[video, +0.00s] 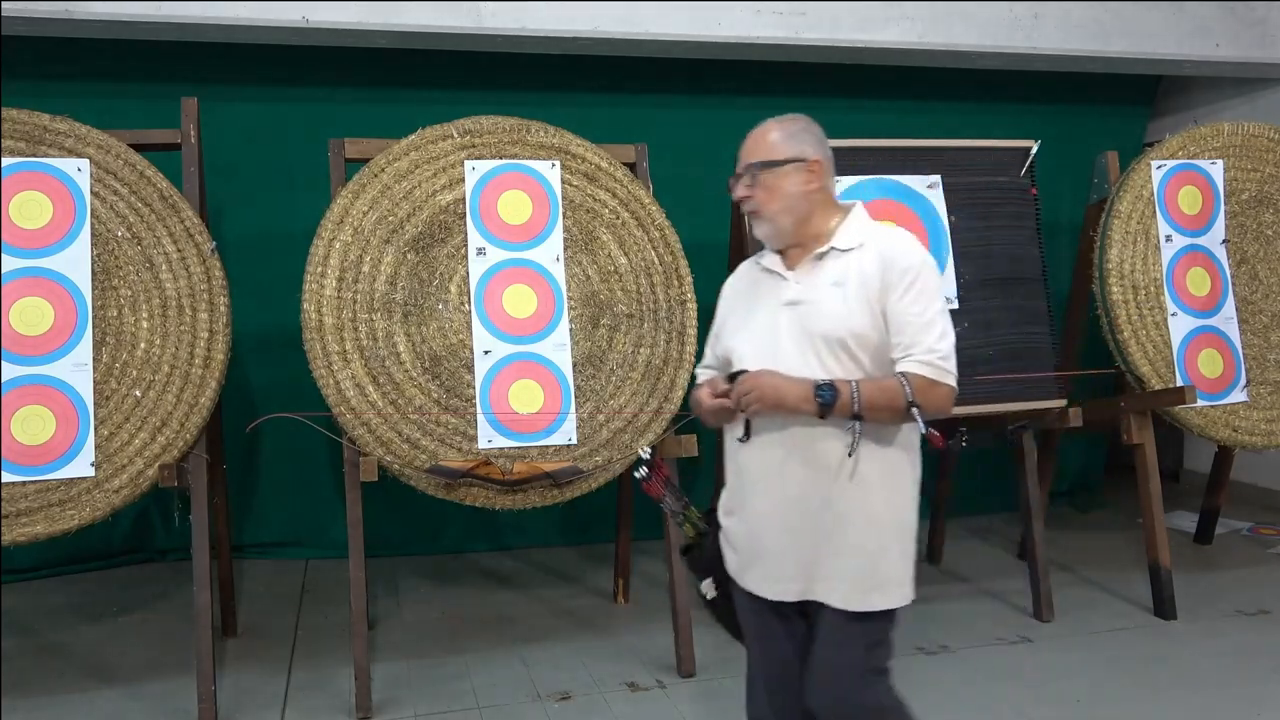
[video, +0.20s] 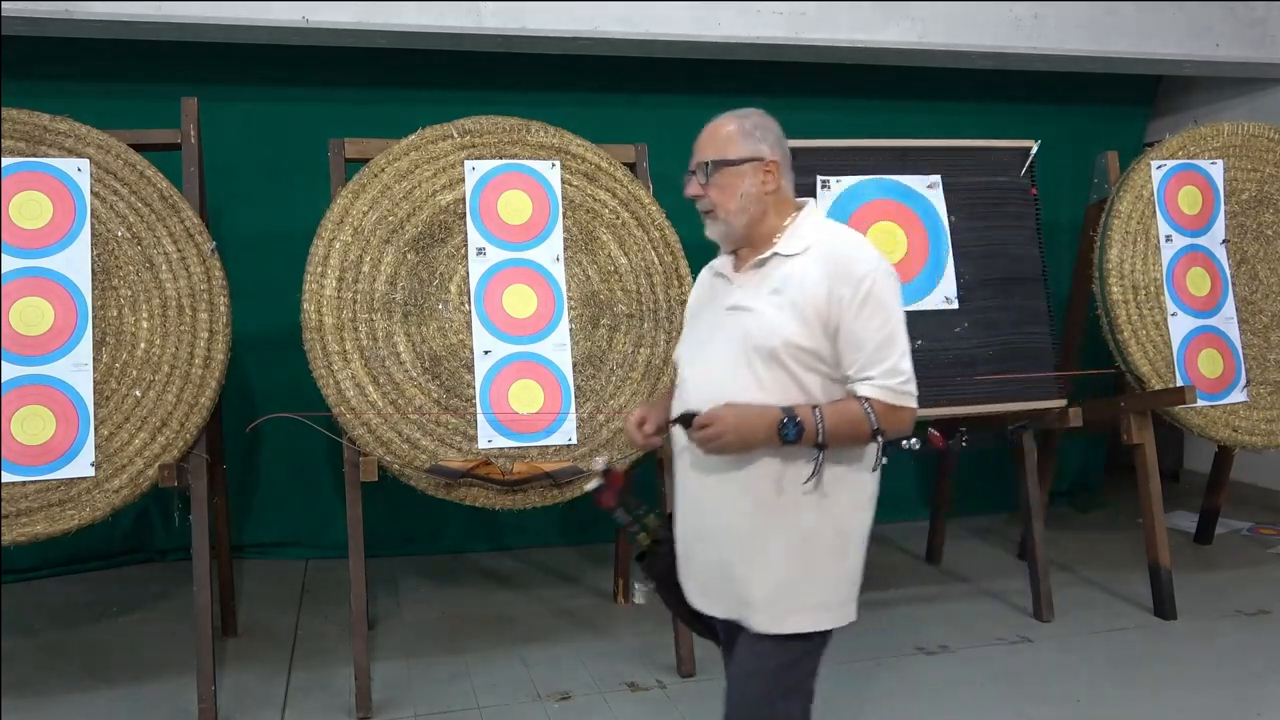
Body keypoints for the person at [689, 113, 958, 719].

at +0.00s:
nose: (738, 192)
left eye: (755, 175)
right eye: (738, 178)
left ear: (813, 174)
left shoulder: (893, 256)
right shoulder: (741, 284)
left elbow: (935, 388)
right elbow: (711, 396)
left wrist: (806, 394)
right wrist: (709, 401)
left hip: (861, 552)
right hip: (759, 552)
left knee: (842, 697)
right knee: (772, 705)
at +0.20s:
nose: (692, 190)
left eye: (710, 171)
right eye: (692, 175)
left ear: (769, 174)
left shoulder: (850, 265)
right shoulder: (715, 274)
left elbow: (894, 409)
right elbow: (716, 373)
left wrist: (776, 424)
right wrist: (668, 404)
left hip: (793, 575)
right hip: (713, 566)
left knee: (756, 710)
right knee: (758, 703)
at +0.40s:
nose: (675, 189)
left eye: (701, 172)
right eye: (663, 173)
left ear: (746, 184)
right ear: (653, 185)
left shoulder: (800, 283)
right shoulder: (666, 274)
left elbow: (862, 434)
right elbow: (679, 388)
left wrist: (745, 456)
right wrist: (619, 437)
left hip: (736, 601)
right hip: (675, 586)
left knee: (688, 709)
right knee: (751, 705)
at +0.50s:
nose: (662, 192)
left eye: (688, 175)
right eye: (649, 175)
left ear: (732, 188)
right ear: (634, 184)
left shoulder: (778, 297)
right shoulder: (640, 272)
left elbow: (827, 459)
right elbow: (660, 395)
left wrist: (715, 459)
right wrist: (587, 444)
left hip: (707, 609)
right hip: (640, 591)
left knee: (669, 710)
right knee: (723, 705)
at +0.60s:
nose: (647, 187)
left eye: (674, 169)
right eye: (632, 164)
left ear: (712, 184)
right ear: (613, 171)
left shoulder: (755, 293)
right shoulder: (602, 261)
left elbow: (778, 463)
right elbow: (597, 388)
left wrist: (682, 420)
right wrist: (547, 428)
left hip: (680, 613)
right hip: (594, 595)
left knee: (661, 710)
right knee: (627, 704)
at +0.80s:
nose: (608, 178)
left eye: (635, 159)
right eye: (591, 154)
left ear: (672, 170)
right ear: (569, 160)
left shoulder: (721, 276)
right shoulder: (535, 260)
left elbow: (742, 452)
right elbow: (510, 368)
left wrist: (653, 356)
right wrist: (474, 413)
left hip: (651, 624)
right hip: (527, 609)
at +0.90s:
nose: (591, 169)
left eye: (619, 149)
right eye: (571, 145)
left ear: (654, 162)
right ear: (547, 153)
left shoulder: (708, 270)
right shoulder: (501, 264)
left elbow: (751, 445)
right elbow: (462, 380)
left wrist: (636, 380)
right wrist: (449, 416)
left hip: (640, 633)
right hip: (504, 623)